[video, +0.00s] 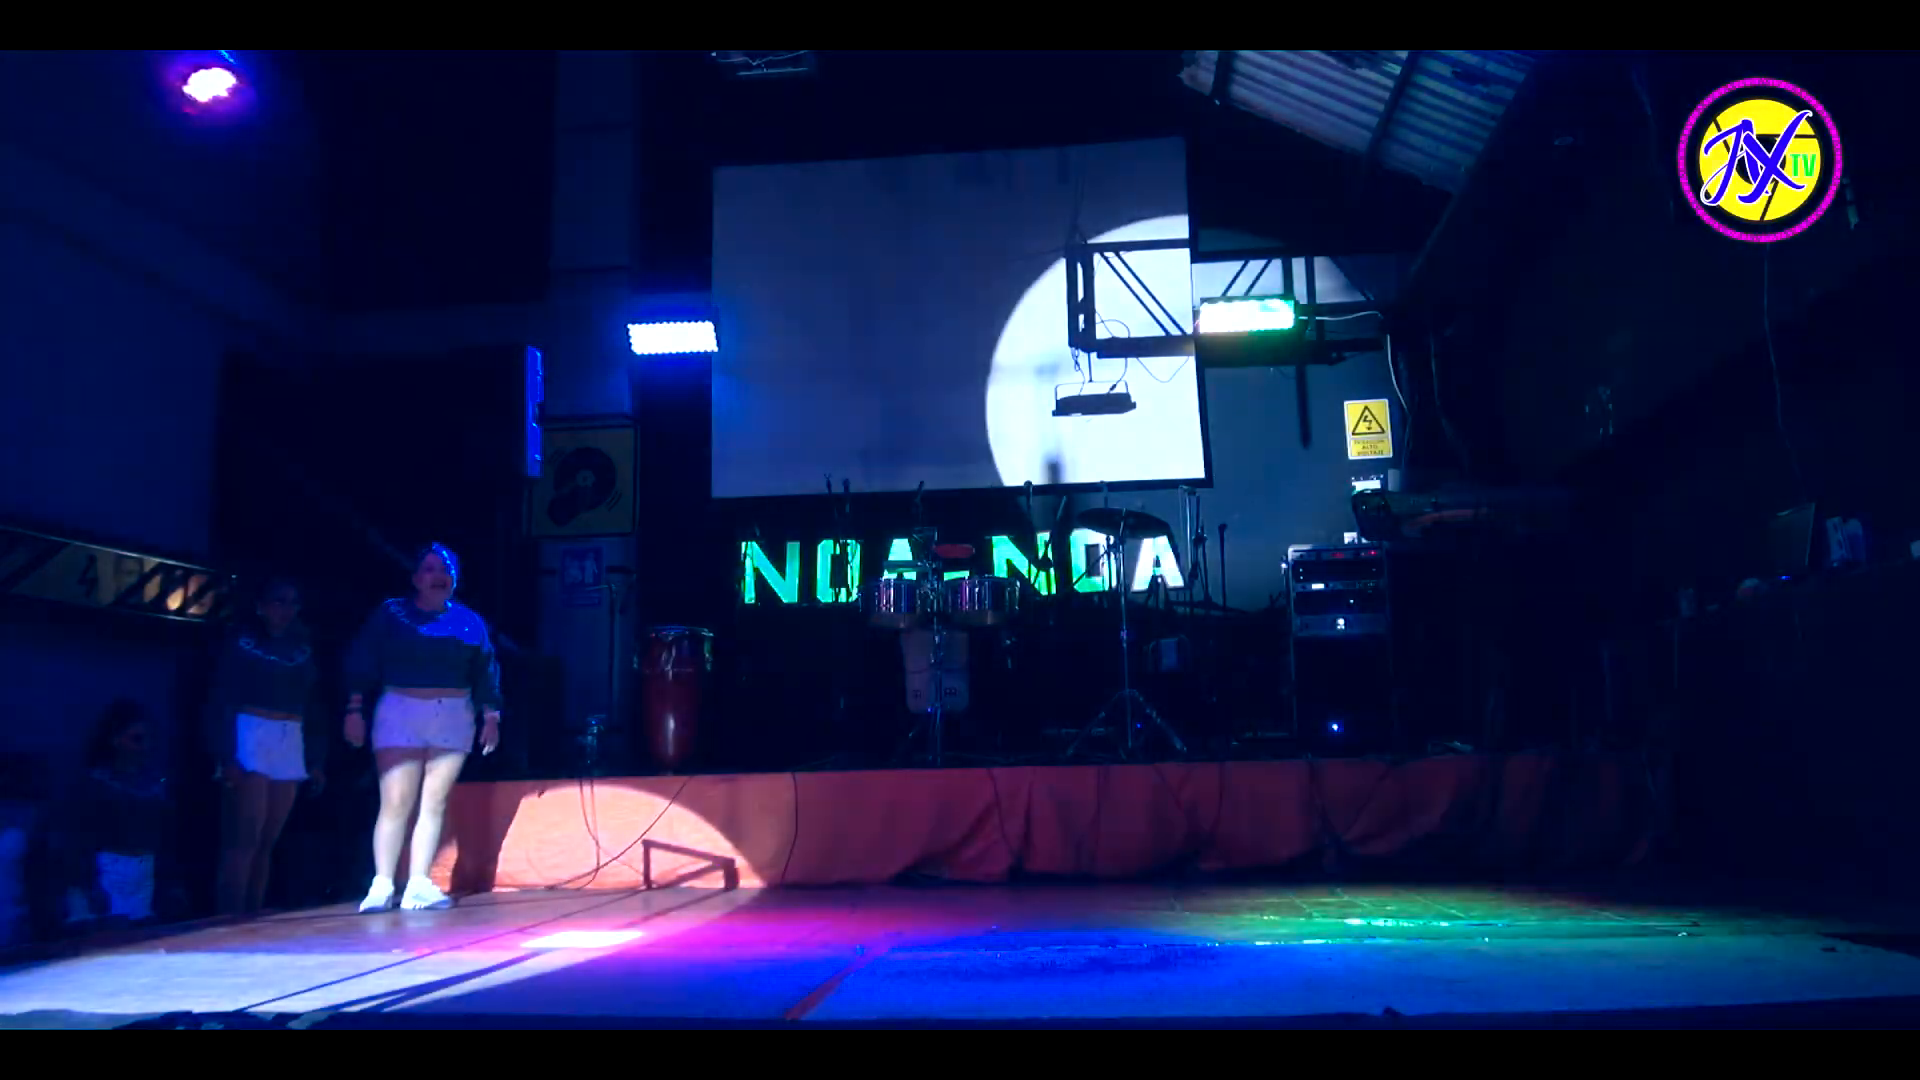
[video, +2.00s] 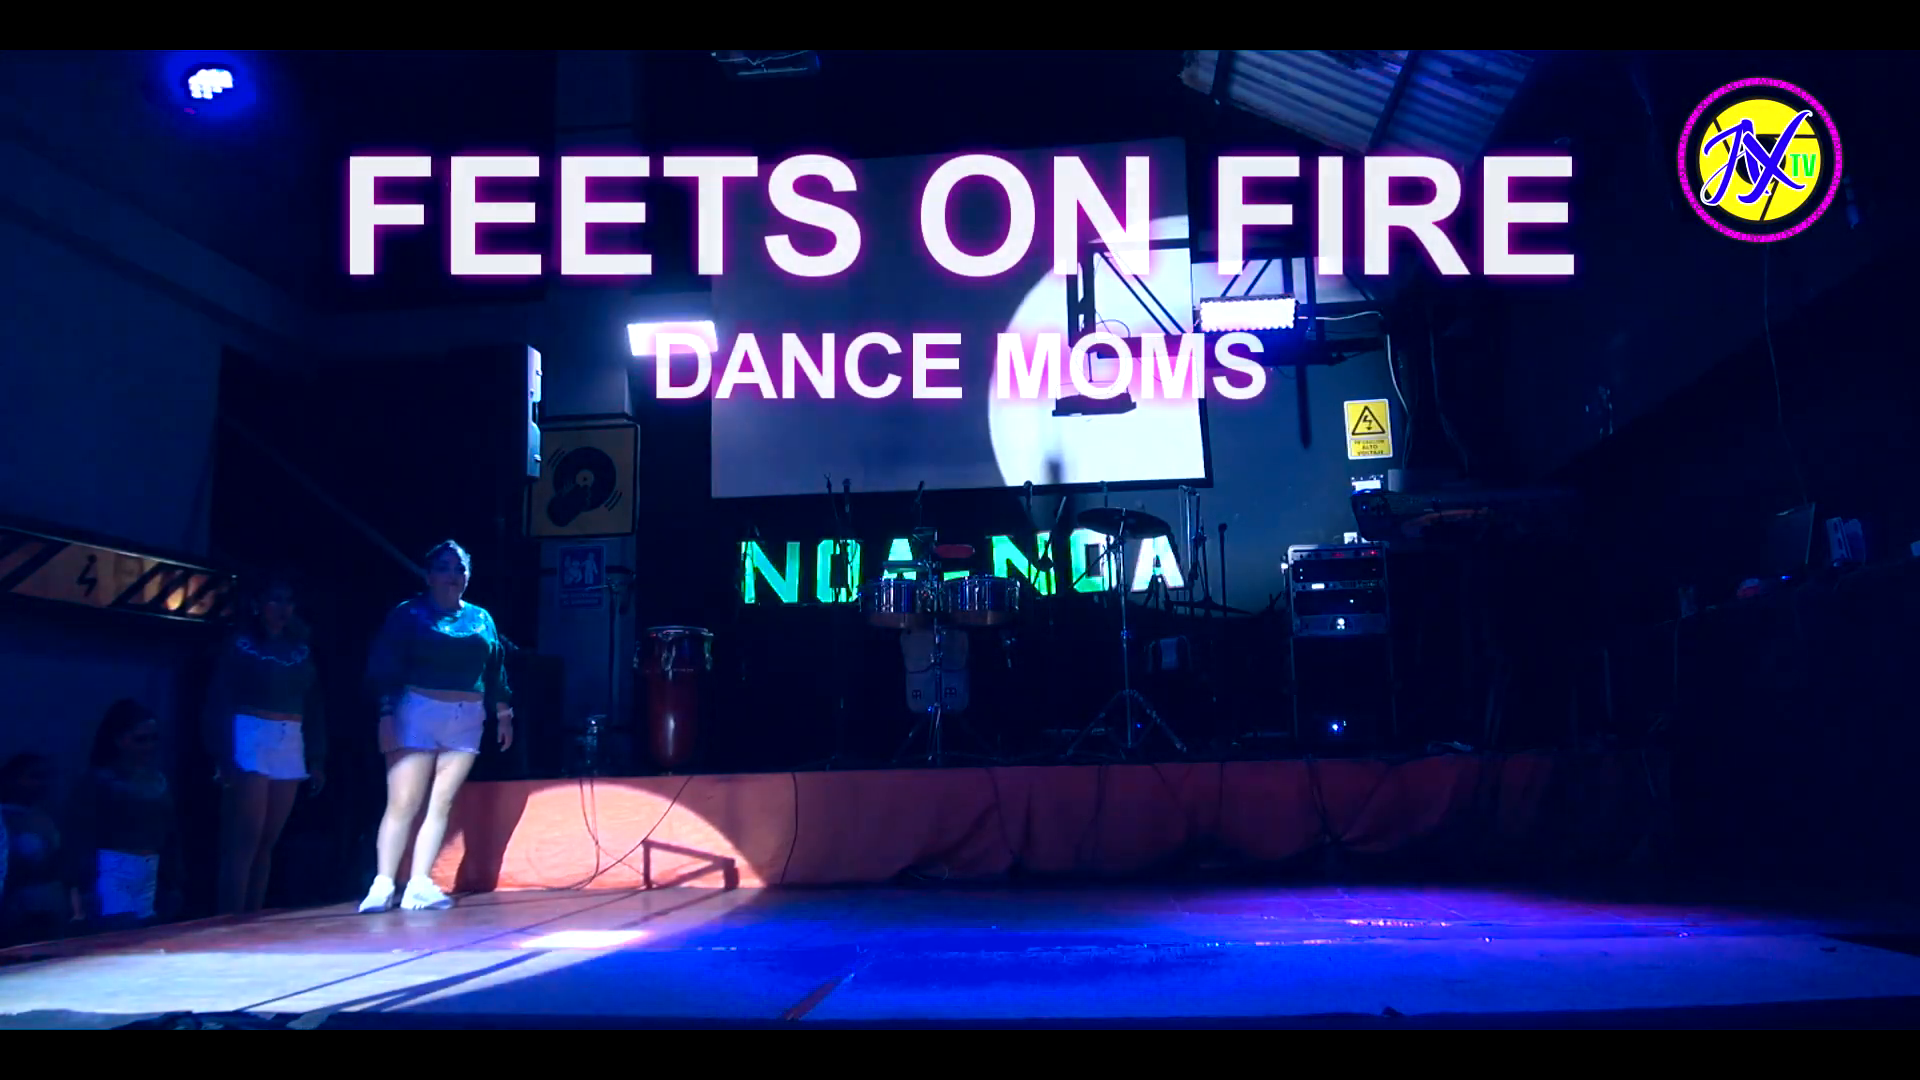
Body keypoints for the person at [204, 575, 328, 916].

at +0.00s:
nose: (284, 611)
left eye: (290, 604)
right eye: (278, 602)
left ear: (298, 609)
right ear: (262, 604)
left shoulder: (302, 649)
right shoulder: (243, 641)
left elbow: (312, 706)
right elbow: (225, 697)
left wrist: (315, 759)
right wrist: (225, 753)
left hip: (291, 730)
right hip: (254, 726)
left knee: (272, 832)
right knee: (250, 827)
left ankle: (255, 908)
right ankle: (233, 908)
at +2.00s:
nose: (282, 610)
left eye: (288, 603)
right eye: (275, 602)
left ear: (294, 608)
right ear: (259, 605)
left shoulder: (300, 649)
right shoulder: (242, 642)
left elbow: (312, 707)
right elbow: (222, 698)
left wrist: (315, 758)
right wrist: (223, 753)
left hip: (292, 733)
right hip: (252, 729)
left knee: (271, 836)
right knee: (249, 831)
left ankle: (254, 915)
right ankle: (232, 913)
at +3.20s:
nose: (295, 610)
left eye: (299, 603)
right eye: (288, 602)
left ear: (304, 609)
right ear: (269, 606)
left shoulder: (310, 652)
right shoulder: (249, 647)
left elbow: (322, 708)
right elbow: (228, 699)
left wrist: (324, 760)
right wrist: (227, 750)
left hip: (300, 736)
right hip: (258, 733)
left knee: (293, 822)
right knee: (288, 813)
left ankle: (263, 906)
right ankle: (244, 894)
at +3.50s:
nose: (305, 610)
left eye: (309, 603)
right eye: (298, 602)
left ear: (313, 610)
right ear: (280, 606)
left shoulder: (320, 653)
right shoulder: (257, 647)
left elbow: (333, 710)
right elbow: (235, 699)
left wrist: (335, 758)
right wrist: (229, 750)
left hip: (308, 734)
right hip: (265, 730)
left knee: (288, 817)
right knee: (323, 783)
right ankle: (293, 873)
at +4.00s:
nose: (348, 577)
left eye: (353, 571)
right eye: (340, 571)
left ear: (360, 577)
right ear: (322, 577)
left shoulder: (365, 625)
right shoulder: (298, 617)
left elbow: (379, 682)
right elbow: (272, 676)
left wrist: (385, 730)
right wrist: (266, 735)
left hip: (343, 716)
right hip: (300, 707)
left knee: (330, 808)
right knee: (332, 795)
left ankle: (276, 897)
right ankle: (315, 887)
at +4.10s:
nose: (358, 565)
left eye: (363, 559)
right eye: (349, 559)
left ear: (369, 568)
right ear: (331, 566)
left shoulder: (372, 614)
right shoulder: (307, 604)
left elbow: (384, 670)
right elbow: (282, 663)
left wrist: (392, 716)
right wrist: (276, 722)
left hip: (353, 704)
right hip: (309, 695)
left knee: (359, 799)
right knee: (329, 789)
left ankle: (283, 867)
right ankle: (314, 886)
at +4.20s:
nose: (370, 558)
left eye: (374, 552)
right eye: (362, 552)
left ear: (379, 560)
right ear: (342, 558)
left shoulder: (380, 606)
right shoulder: (318, 598)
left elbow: (389, 665)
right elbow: (295, 657)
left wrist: (394, 711)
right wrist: (292, 713)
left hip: (364, 694)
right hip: (322, 688)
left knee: (378, 787)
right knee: (329, 789)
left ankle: (308, 841)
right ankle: (315, 885)